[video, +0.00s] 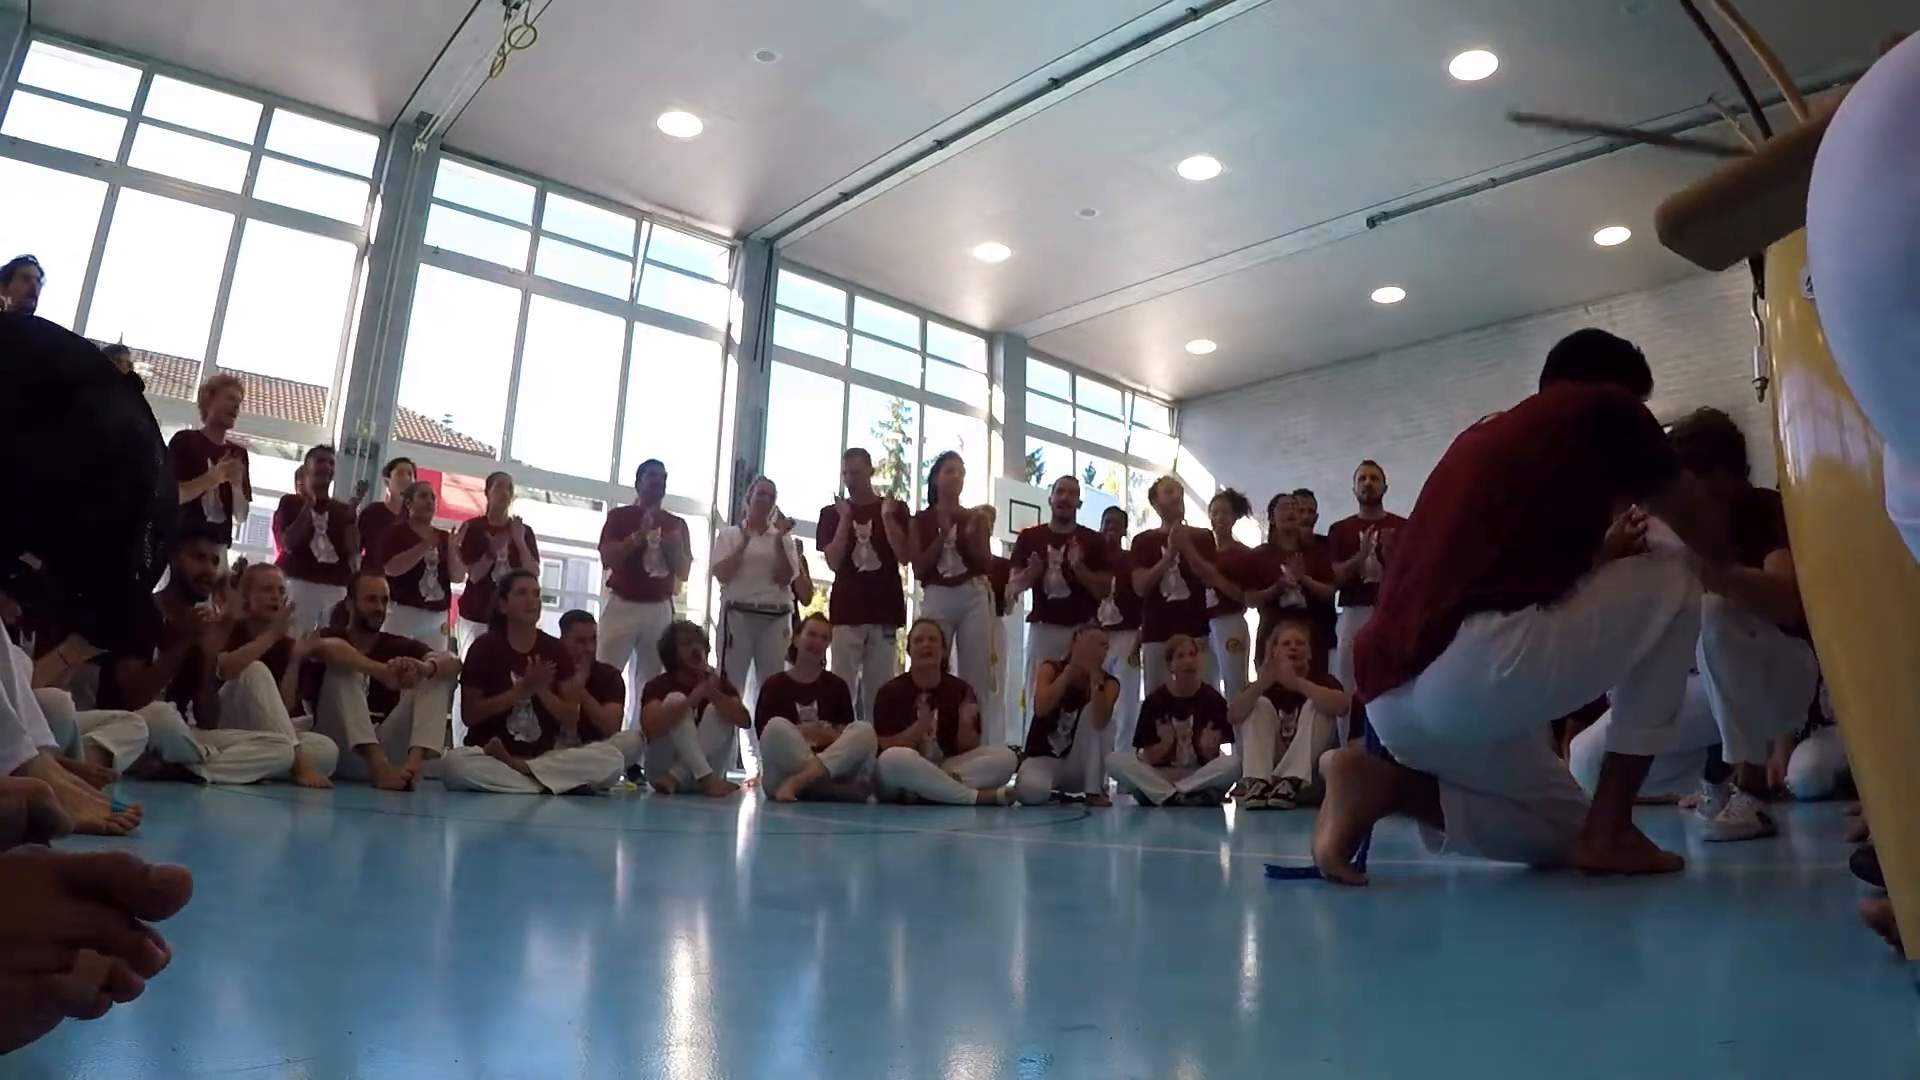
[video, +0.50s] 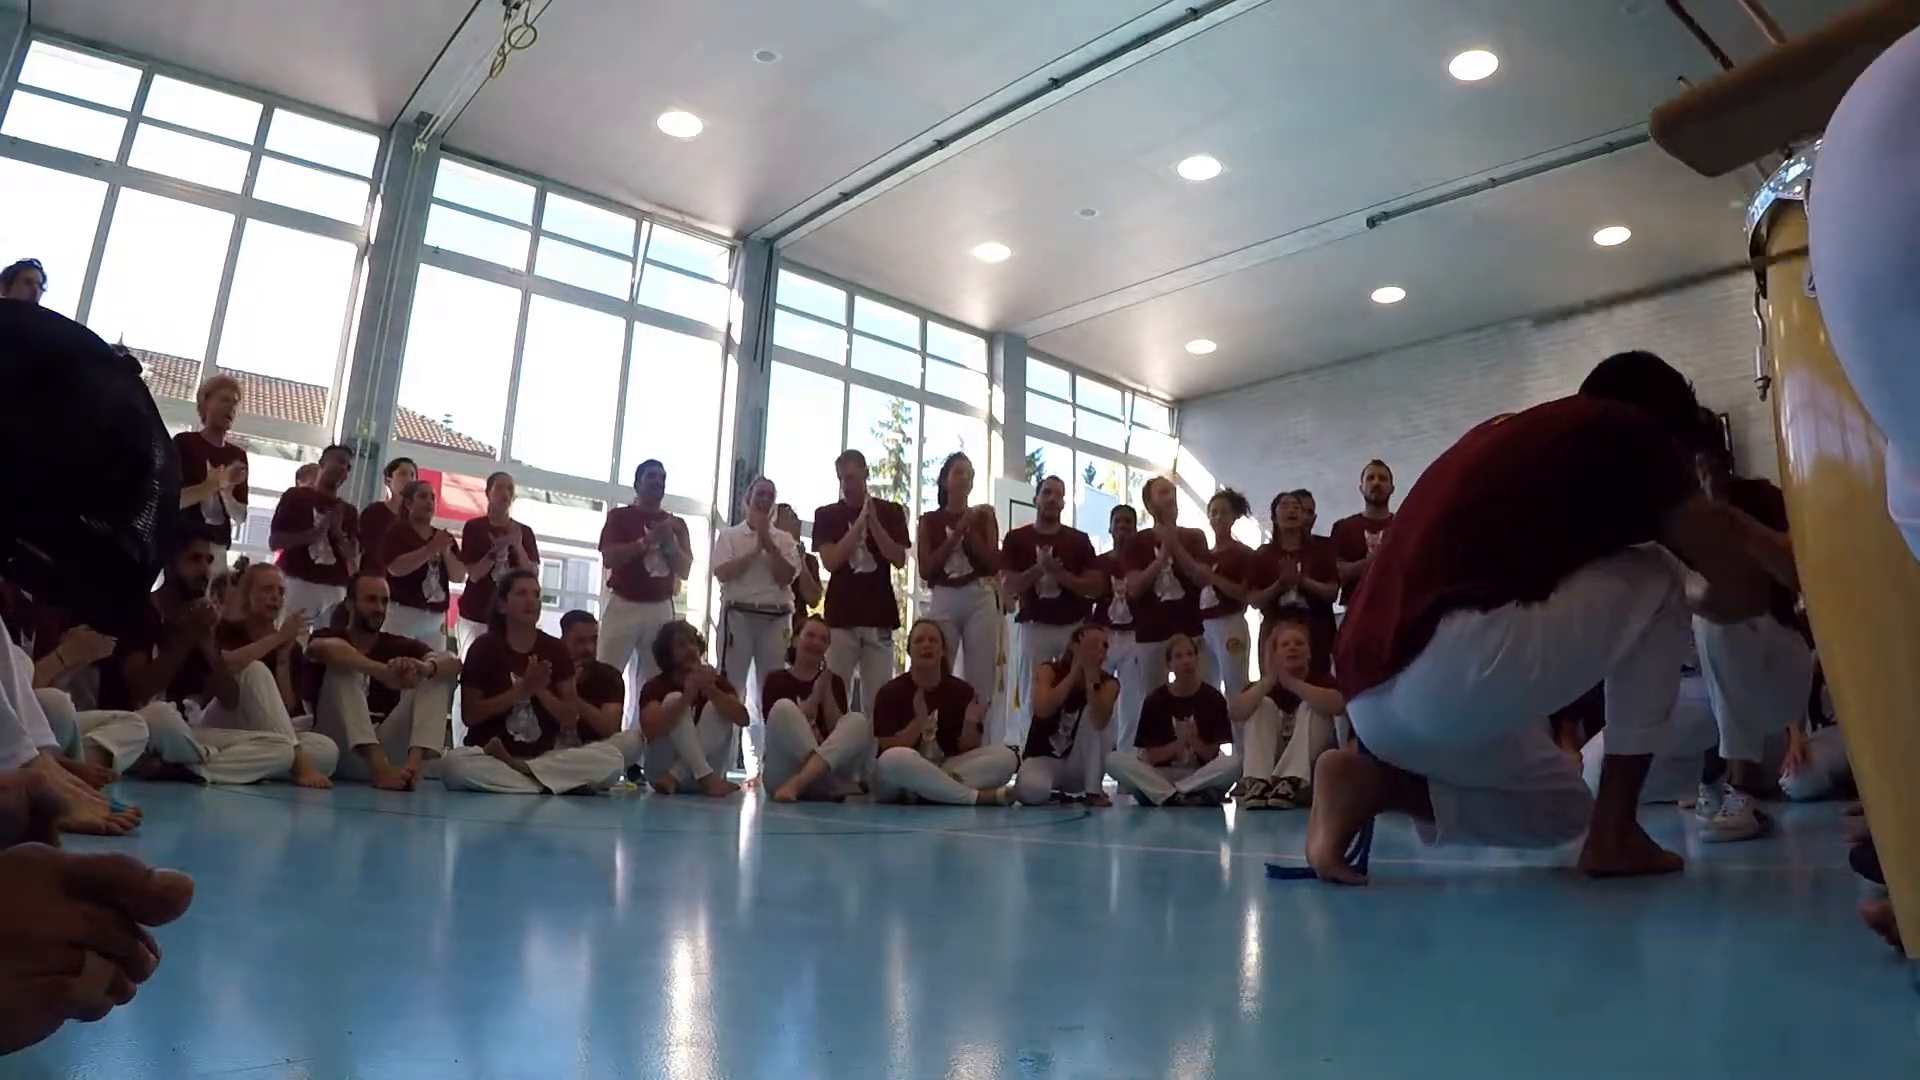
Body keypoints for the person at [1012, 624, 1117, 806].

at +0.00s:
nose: (1101, 651)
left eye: (1104, 646)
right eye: (1096, 644)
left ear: (1106, 650)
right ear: (1076, 643)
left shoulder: (1108, 683)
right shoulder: (1050, 668)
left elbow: (1099, 720)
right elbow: (1041, 708)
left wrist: (1095, 674)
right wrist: (1071, 670)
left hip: (1080, 763)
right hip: (1043, 760)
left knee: (1094, 711)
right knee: (1032, 792)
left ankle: (1093, 790)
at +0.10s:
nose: (1098, 650)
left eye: (1104, 645)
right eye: (1092, 643)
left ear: (1107, 650)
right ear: (1075, 645)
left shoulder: (1108, 682)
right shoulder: (1050, 669)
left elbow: (1099, 719)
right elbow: (1041, 708)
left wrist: (1093, 673)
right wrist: (1071, 675)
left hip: (1080, 763)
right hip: (1042, 760)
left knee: (1094, 712)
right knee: (1032, 792)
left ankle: (1094, 790)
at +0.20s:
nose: (1100, 650)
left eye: (1104, 645)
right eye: (1094, 643)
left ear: (1108, 650)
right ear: (1075, 644)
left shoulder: (1108, 682)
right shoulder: (1050, 669)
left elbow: (1099, 719)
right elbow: (1041, 708)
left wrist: (1094, 672)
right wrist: (1073, 669)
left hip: (1080, 763)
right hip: (1042, 761)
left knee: (1095, 711)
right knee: (1032, 792)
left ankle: (1094, 791)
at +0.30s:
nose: (1098, 652)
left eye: (1104, 646)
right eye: (1092, 644)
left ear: (1108, 651)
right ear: (1075, 645)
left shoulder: (1109, 683)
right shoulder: (1050, 669)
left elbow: (1100, 720)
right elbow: (1041, 708)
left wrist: (1097, 673)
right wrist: (1069, 672)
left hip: (1080, 764)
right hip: (1042, 761)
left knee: (1094, 711)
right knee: (1032, 793)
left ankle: (1094, 790)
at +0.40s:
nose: (1097, 652)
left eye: (1103, 646)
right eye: (1091, 644)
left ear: (1107, 649)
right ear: (1074, 645)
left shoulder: (1108, 682)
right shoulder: (1049, 670)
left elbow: (1099, 719)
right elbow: (1042, 708)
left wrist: (1093, 674)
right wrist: (1076, 671)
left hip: (1080, 763)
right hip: (1042, 761)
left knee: (1094, 712)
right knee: (1032, 793)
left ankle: (1094, 791)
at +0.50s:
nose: (1099, 651)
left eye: (1104, 646)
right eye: (1093, 644)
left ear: (1107, 650)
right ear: (1074, 646)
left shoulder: (1108, 682)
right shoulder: (1048, 670)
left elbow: (1099, 719)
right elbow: (1042, 709)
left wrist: (1092, 671)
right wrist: (1075, 672)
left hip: (1080, 762)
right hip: (1042, 760)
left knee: (1095, 712)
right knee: (1033, 793)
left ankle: (1094, 791)